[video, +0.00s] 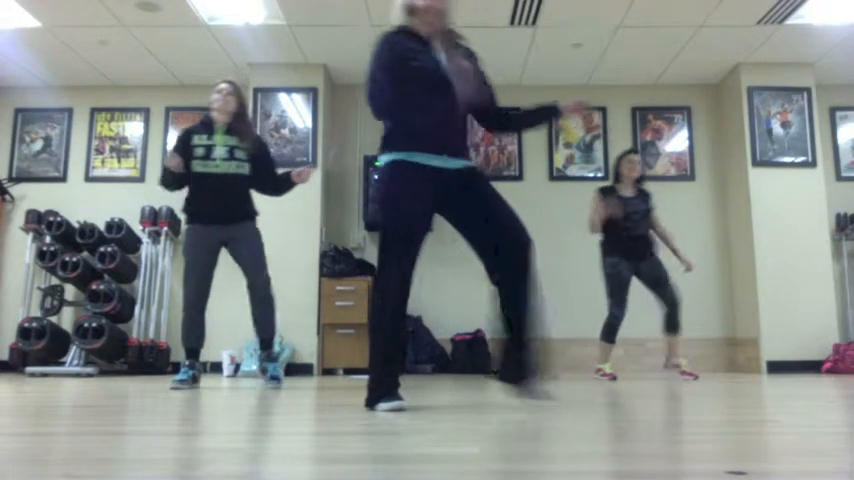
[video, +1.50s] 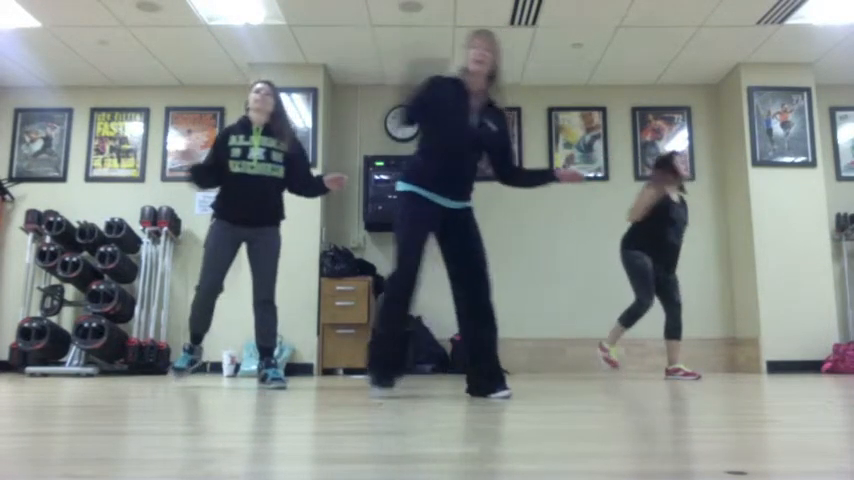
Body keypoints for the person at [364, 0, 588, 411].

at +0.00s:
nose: (431, 5)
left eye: (436, 1)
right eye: (423, 1)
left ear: (446, 7)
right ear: (410, 7)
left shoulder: (461, 54)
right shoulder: (395, 44)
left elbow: (493, 119)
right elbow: (382, 104)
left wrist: (557, 110)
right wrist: (444, 89)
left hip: (456, 174)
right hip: (406, 171)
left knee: (512, 247)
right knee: (393, 278)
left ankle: (517, 368)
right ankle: (383, 389)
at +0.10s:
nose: (425, 7)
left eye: (429, 3)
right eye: (417, 3)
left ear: (439, 9)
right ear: (403, 9)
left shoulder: (456, 56)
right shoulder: (387, 44)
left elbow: (489, 117)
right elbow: (372, 102)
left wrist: (551, 105)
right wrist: (408, 48)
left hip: (455, 173)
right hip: (404, 171)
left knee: (502, 246)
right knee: (393, 279)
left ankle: (480, 357)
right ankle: (383, 389)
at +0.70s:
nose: (449, 23)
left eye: (456, 18)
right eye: (442, 16)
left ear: (464, 27)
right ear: (430, 26)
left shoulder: (475, 82)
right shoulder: (419, 69)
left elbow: (512, 142)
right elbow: (410, 121)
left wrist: (568, 128)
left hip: (461, 193)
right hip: (420, 186)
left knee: (480, 285)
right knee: (401, 287)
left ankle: (485, 376)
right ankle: (382, 389)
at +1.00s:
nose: (494, 48)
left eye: (502, 44)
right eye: (488, 42)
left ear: (511, 56)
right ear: (477, 48)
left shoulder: (509, 112)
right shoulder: (457, 85)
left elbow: (526, 171)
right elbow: (415, 128)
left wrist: (581, 166)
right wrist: (436, 103)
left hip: (467, 203)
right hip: (435, 191)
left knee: (489, 289)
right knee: (452, 272)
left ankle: (486, 381)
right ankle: (388, 352)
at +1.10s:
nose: (503, 58)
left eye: (511, 55)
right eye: (498, 52)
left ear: (519, 67)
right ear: (487, 59)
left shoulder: (507, 118)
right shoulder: (468, 89)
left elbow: (520, 182)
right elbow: (440, 127)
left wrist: (571, 179)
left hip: (465, 206)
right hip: (434, 195)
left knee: (489, 288)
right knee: (458, 284)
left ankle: (486, 381)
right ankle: (401, 354)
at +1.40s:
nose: (490, 58)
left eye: (497, 54)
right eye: (484, 51)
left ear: (505, 65)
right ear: (473, 57)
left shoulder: (499, 117)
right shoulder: (454, 89)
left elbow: (511, 178)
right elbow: (439, 131)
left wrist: (559, 179)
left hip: (460, 208)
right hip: (422, 197)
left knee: (479, 290)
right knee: (416, 274)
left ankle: (485, 380)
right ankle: (387, 362)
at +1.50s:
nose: (478, 54)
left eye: (486, 50)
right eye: (474, 48)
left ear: (495, 61)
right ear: (464, 54)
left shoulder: (494, 116)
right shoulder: (442, 87)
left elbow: (508, 175)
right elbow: (412, 115)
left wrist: (554, 175)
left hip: (456, 207)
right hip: (417, 198)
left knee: (475, 290)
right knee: (405, 278)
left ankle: (484, 380)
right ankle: (381, 370)